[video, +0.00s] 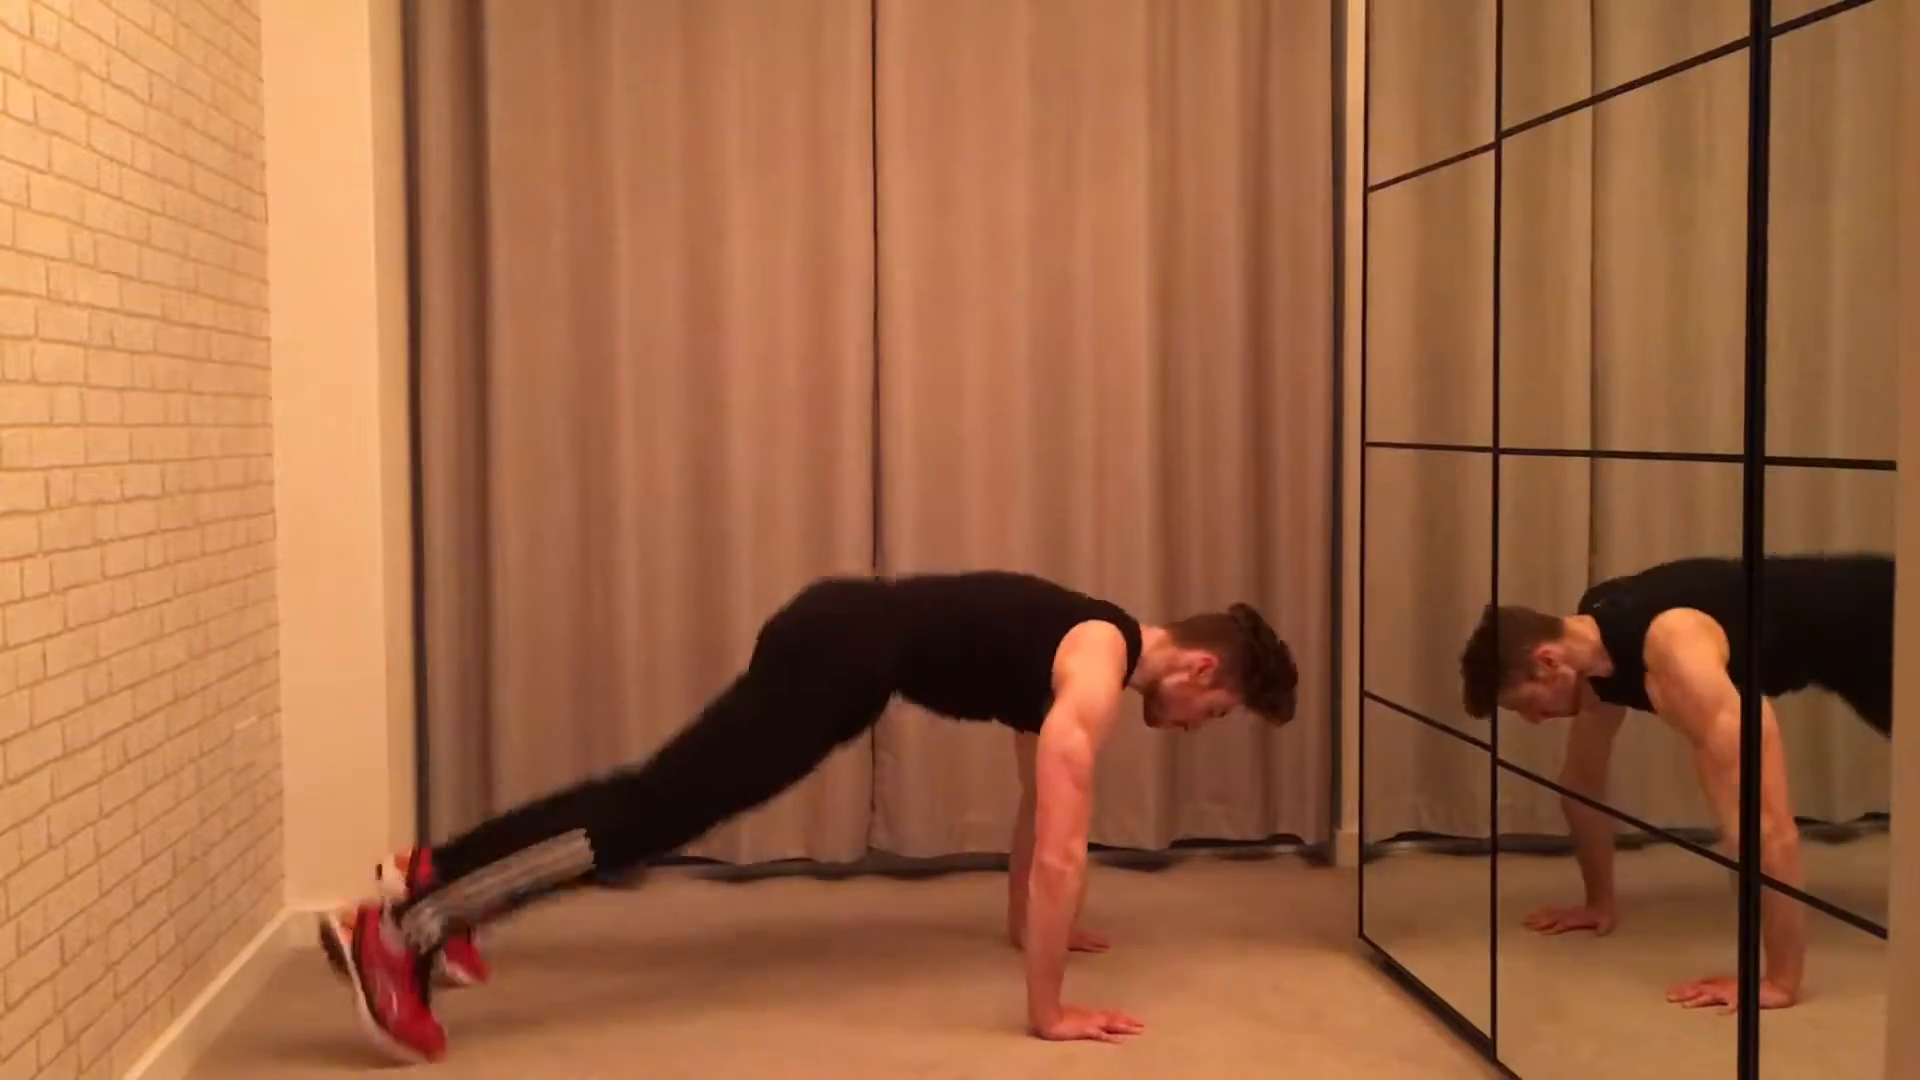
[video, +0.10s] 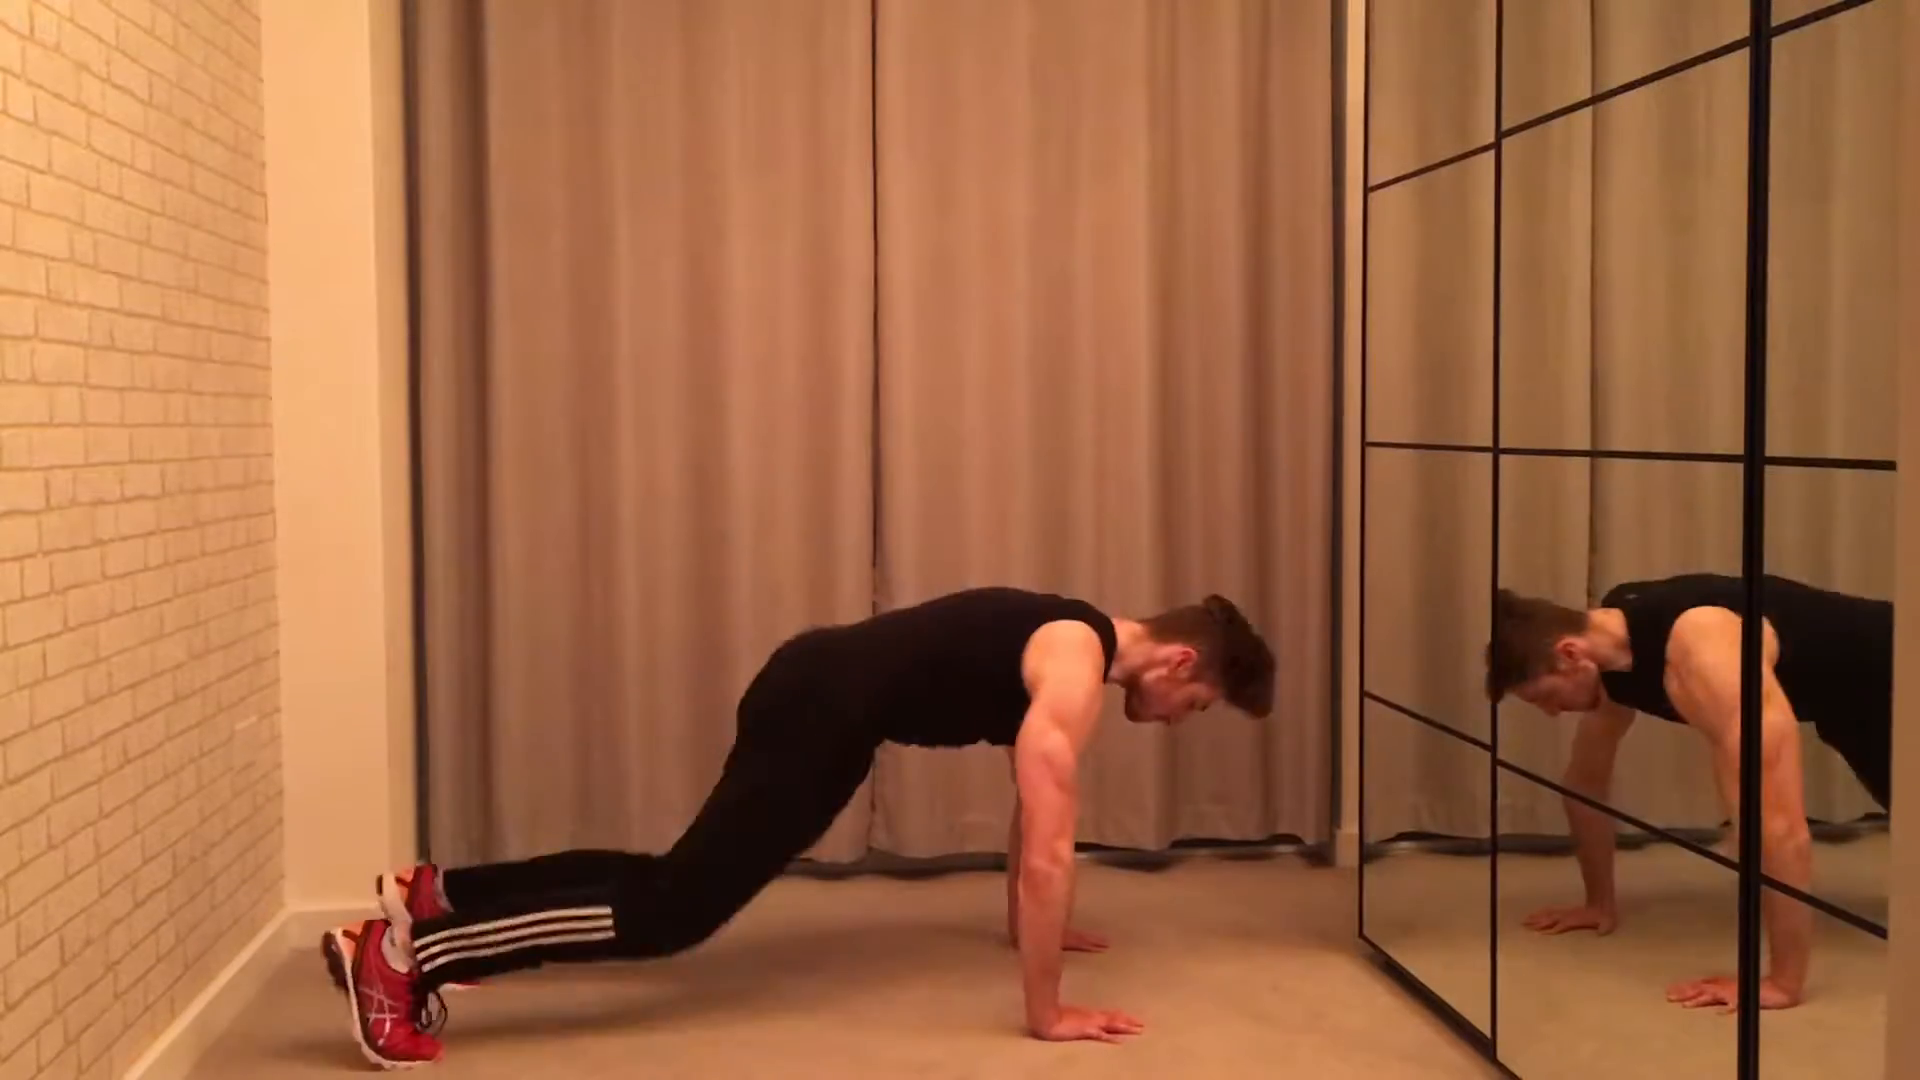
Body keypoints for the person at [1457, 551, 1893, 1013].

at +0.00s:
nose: (1535, 718)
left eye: (1527, 705)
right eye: (1524, 711)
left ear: (1549, 662)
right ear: (1548, 657)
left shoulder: (1678, 650)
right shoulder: (1603, 641)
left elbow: (1768, 826)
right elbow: (1582, 783)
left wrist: (1781, 980)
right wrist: (1600, 905)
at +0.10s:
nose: (1558, 713)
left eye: (1550, 699)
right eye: (1544, 706)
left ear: (1570, 654)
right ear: (1569, 650)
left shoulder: (1702, 648)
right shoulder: (1616, 649)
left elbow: (1781, 827)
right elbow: (1585, 782)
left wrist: (1786, 981)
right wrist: (1599, 904)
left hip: (1895, 688)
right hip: (1853, 708)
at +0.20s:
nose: (1551, 717)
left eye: (1542, 702)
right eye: (1539, 710)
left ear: (1567, 659)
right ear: (1566, 655)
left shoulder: (1697, 648)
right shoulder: (1613, 641)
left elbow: (1779, 827)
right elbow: (1585, 777)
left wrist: (1786, 981)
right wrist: (1599, 903)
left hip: (1891, 651)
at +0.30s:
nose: (1558, 730)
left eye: (1551, 715)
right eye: (1546, 722)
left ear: (1578, 674)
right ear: (1576, 671)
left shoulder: (1688, 650)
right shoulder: (1611, 626)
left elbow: (1769, 826)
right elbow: (1585, 778)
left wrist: (1784, 979)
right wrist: (1599, 903)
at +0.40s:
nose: (1591, 722)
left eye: (1586, 707)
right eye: (1579, 712)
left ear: (1614, 666)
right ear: (1610, 658)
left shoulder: (1719, 642)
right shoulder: (1627, 622)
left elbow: (1776, 824)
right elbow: (1601, 777)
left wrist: (1780, 979)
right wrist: (1599, 902)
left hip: (1886, 487)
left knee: (1866, 700)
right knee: (1856, 700)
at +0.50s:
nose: (1618, 710)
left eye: (1613, 695)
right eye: (1604, 702)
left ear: (1644, 653)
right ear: (1638, 648)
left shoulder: (1753, 644)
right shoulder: (1648, 623)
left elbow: (1784, 819)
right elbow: (1611, 775)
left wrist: (1781, 978)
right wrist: (1600, 902)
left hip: (1896, 454)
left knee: (1871, 686)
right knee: (1799, 682)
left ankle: (1899, 814)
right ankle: (1893, 810)